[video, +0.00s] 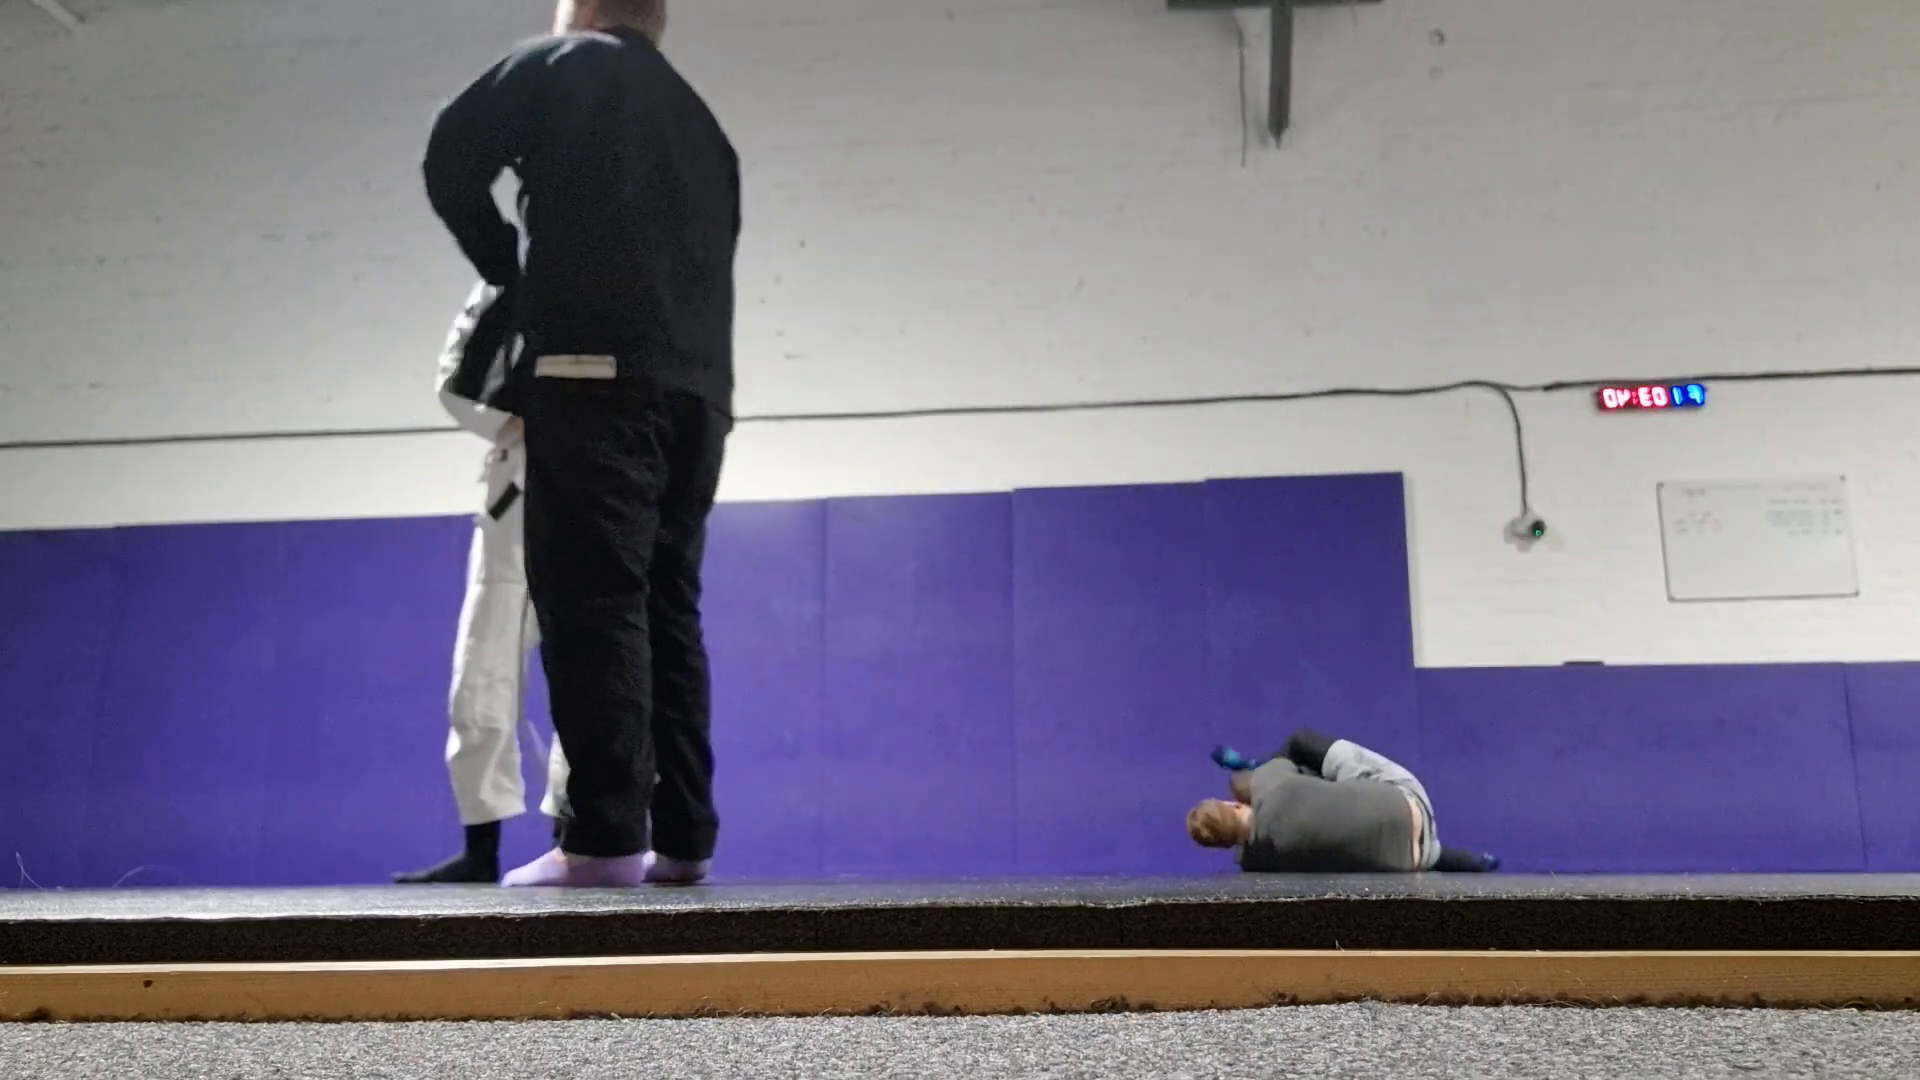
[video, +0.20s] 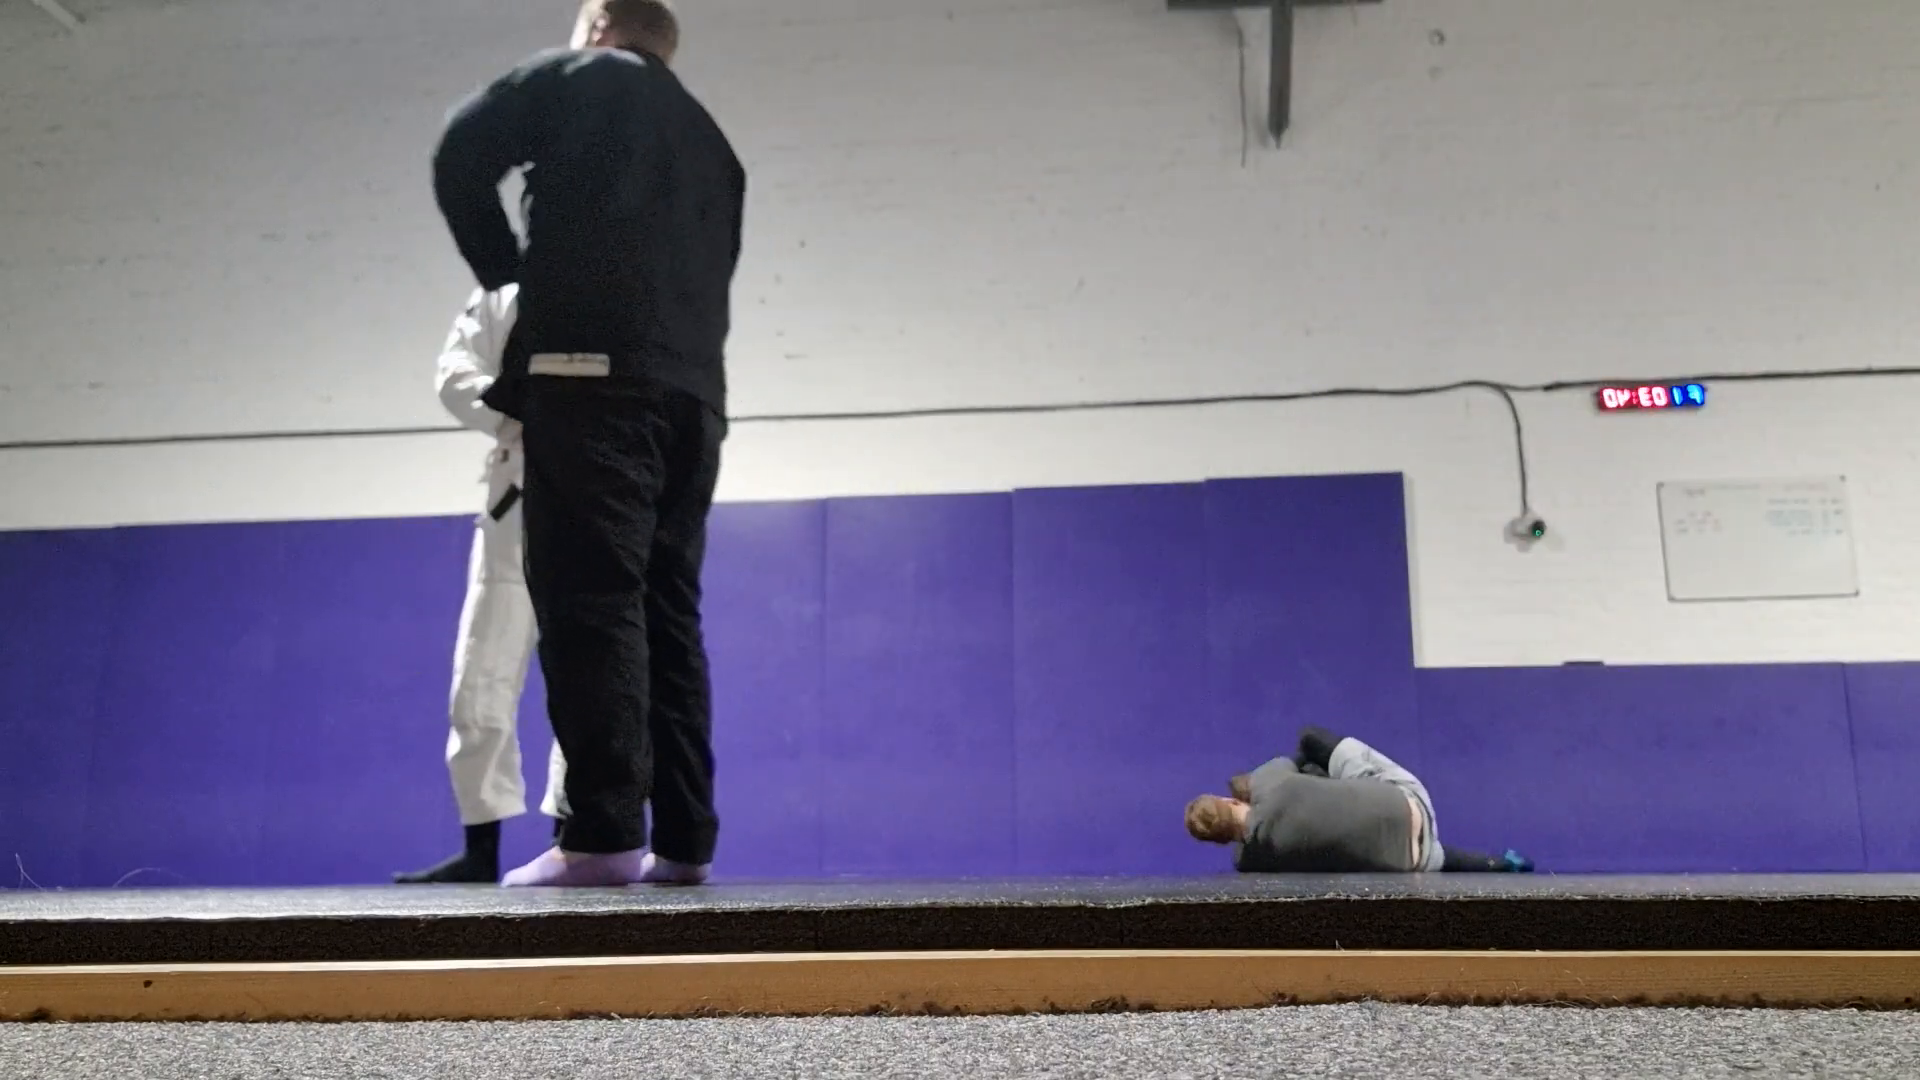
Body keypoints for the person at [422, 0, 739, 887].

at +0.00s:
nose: (554, 23)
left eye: (558, 15)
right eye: (559, 18)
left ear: (579, 12)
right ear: (656, 22)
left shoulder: (551, 65)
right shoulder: (707, 126)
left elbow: (451, 162)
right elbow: (707, 261)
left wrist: (519, 280)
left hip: (594, 381)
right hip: (698, 394)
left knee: (592, 608)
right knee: (669, 608)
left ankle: (602, 844)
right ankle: (682, 843)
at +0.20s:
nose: (569, 41)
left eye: (573, 30)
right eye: (575, 33)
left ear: (596, 32)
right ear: (668, 52)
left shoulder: (568, 74)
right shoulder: (716, 146)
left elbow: (460, 156)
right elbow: (714, 278)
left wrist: (510, 280)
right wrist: (660, 351)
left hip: (589, 382)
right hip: (693, 398)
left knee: (590, 610)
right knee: (670, 609)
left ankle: (601, 844)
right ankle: (683, 844)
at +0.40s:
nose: (553, 56)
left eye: (557, 46)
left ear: (564, 43)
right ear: (643, 52)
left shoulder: (547, 86)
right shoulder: (703, 136)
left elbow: (467, 184)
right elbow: (745, 264)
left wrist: (526, 285)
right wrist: (661, 304)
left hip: (591, 386)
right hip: (700, 395)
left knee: (586, 608)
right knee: (672, 606)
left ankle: (603, 843)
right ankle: (685, 848)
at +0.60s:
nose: (542, 55)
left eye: (544, 45)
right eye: (551, 45)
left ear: (554, 40)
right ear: (632, 46)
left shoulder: (547, 88)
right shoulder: (703, 136)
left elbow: (471, 203)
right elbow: (725, 267)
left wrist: (545, 292)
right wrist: (642, 309)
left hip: (601, 400)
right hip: (705, 404)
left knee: (599, 618)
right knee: (685, 616)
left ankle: (605, 847)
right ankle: (689, 848)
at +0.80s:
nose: (545, 50)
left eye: (545, 39)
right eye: (553, 41)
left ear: (555, 36)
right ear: (634, 37)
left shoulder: (547, 87)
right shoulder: (703, 134)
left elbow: (462, 192)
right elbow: (699, 266)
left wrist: (536, 286)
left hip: (598, 399)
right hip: (703, 405)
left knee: (600, 617)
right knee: (685, 615)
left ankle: (602, 845)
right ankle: (689, 848)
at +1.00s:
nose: (545, 46)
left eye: (545, 35)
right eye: (554, 38)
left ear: (555, 32)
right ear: (635, 34)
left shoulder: (542, 84)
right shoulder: (704, 132)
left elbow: (470, 155)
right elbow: (703, 275)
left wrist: (484, 288)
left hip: (594, 399)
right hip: (700, 404)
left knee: (596, 615)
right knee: (681, 611)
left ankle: (603, 846)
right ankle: (688, 848)